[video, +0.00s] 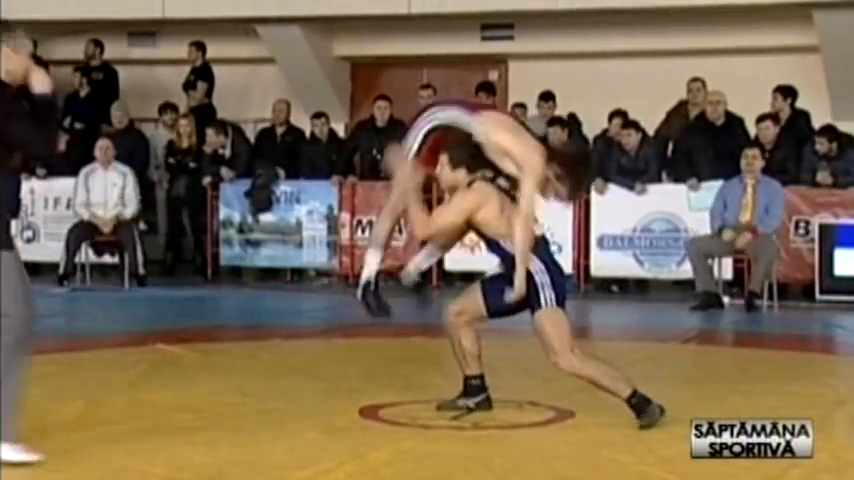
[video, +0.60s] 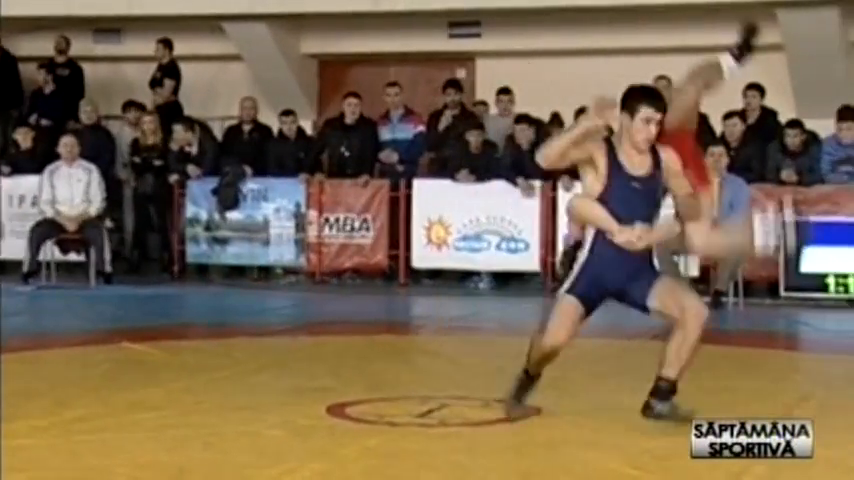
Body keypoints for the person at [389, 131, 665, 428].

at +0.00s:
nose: (438, 172)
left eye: (442, 166)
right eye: (439, 166)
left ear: (457, 166)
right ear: (467, 166)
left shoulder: (472, 195)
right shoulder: (478, 191)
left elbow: (423, 230)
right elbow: (442, 240)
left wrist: (409, 187)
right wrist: (424, 195)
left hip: (538, 271)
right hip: (518, 270)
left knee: (563, 356)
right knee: (457, 314)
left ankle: (639, 402)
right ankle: (475, 391)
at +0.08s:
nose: (466, 137)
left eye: (474, 132)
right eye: (470, 130)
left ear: (492, 140)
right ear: (495, 142)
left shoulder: (499, 173)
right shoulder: (492, 172)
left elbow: (442, 204)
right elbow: (449, 206)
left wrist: (439, 158)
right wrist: (441, 161)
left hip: (533, 264)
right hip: (511, 265)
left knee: (554, 349)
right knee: (451, 318)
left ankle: (628, 398)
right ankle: (472, 392)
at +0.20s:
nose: (525, 110)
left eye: (533, 106)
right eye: (528, 105)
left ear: (548, 117)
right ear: (545, 116)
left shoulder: (544, 149)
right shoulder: (535, 146)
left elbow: (483, 158)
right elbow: (489, 157)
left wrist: (485, 118)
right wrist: (491, 119)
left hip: (551, 247)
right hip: (522, 248)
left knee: (572, 335)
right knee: (472, 317)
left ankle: (630, 397)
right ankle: (471, 390)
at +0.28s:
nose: (541, 97)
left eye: (548, 93)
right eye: (542, 91)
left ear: (565, 103)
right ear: (547, 99)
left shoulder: (569, 134)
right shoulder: (541, 128)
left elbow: (506, 151)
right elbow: (507, 150)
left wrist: (511, 109)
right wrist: (512, 100)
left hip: (574, 242)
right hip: (538, 241)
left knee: (595, 328)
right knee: (492, 311)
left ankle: (641, 397)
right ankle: (481, 382)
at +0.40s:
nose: (558, 104)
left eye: (568, 99)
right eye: (555, 95)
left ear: (586, 107)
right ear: (550, 94)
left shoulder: (585, 142)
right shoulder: (549, 127)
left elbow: (563, 203)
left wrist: (516, 176)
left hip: (601, 227)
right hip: (562, 227)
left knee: (624, 316)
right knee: (533, 310)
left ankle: (640, 395)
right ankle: (547, 393)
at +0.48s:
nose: (607, 116)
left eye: (614, 110)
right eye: (601, 107)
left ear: (621, 111)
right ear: (585, 104)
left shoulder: (620, 150)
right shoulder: (572, 124)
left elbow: (614, 215)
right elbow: (533, 138)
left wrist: (566, 210)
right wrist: (536, 103)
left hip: (618, 239)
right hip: (578, 237)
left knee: (650, 312)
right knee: (546, 321)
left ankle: (658, 394)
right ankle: (550, 397)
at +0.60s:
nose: (652, 131)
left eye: (657, 123)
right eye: (645, 122)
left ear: (662, 125)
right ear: (623, 120)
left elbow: (689, 210)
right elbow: (543, 161)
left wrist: (654, 236)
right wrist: (586, 126)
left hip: (639, 271)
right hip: (594, 268)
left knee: (694, 311)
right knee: (554, 340)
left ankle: (661, 397)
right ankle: (529, 376)